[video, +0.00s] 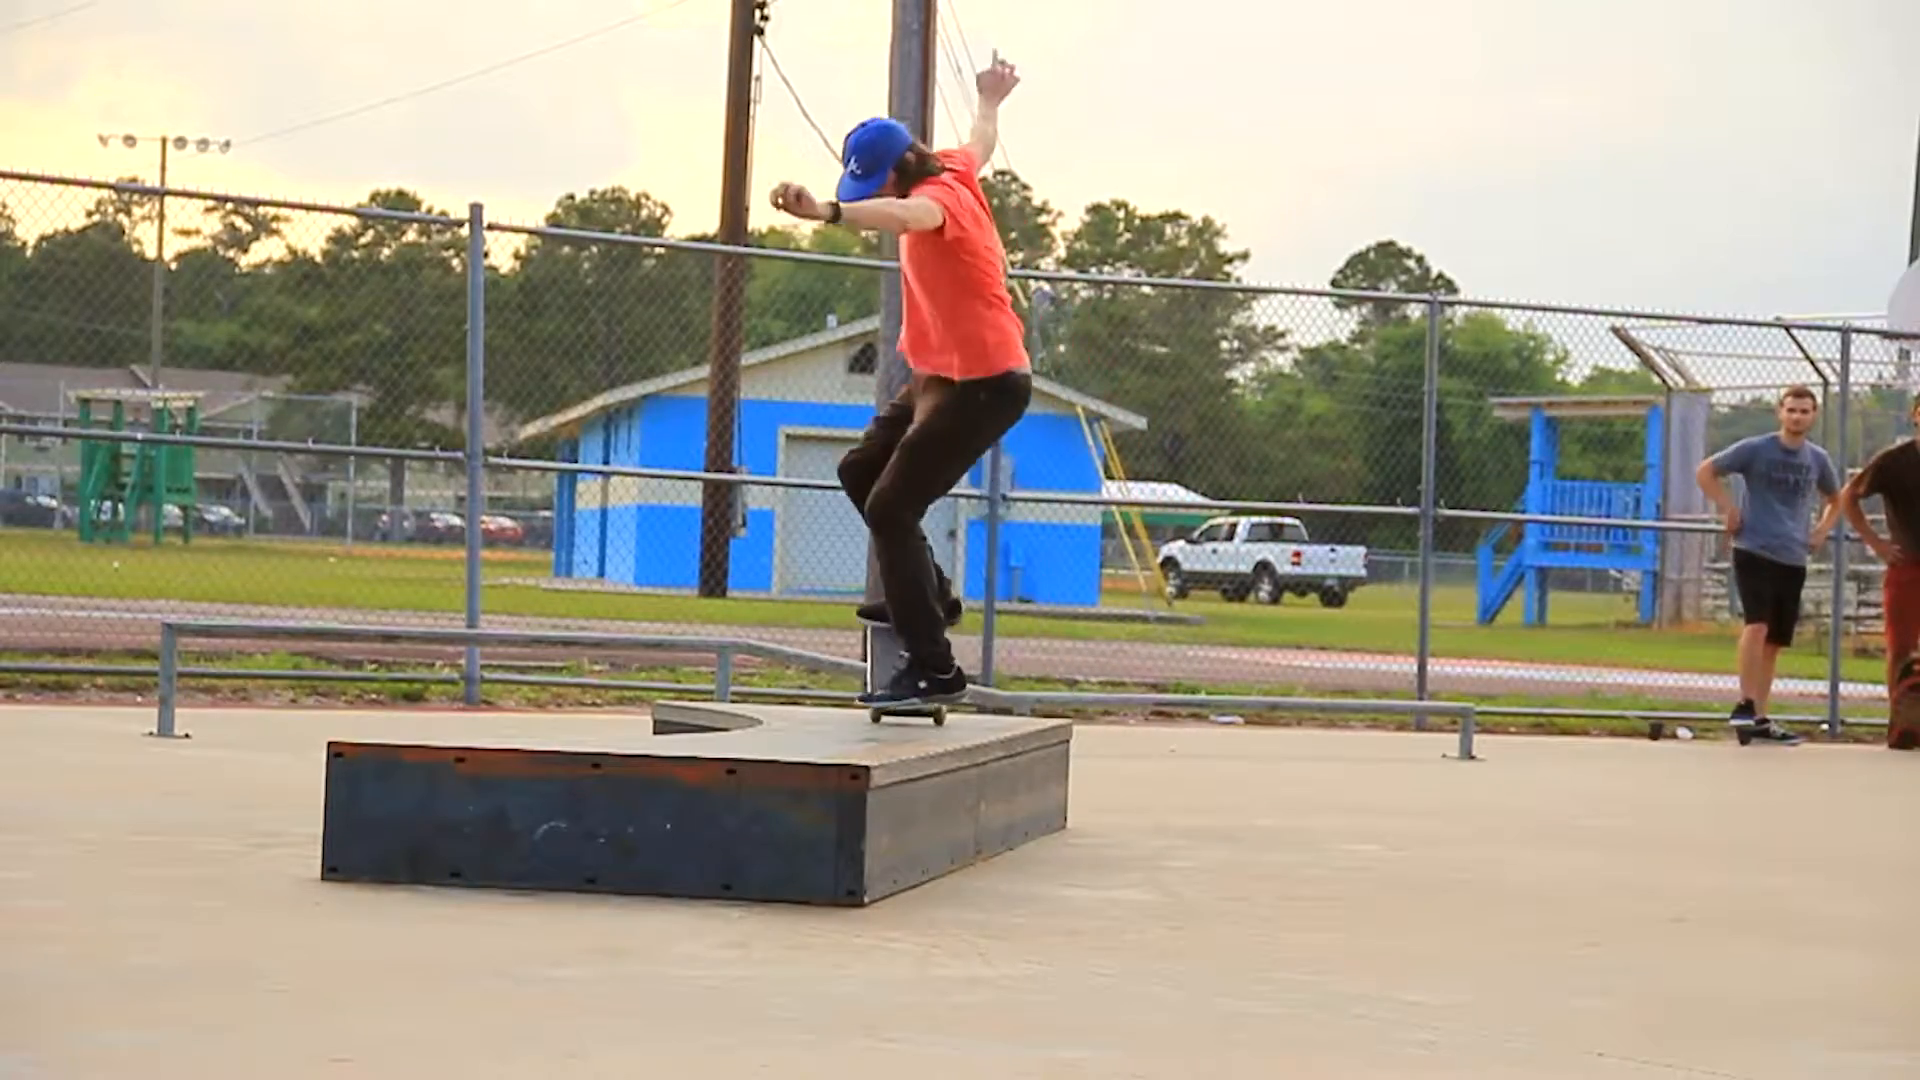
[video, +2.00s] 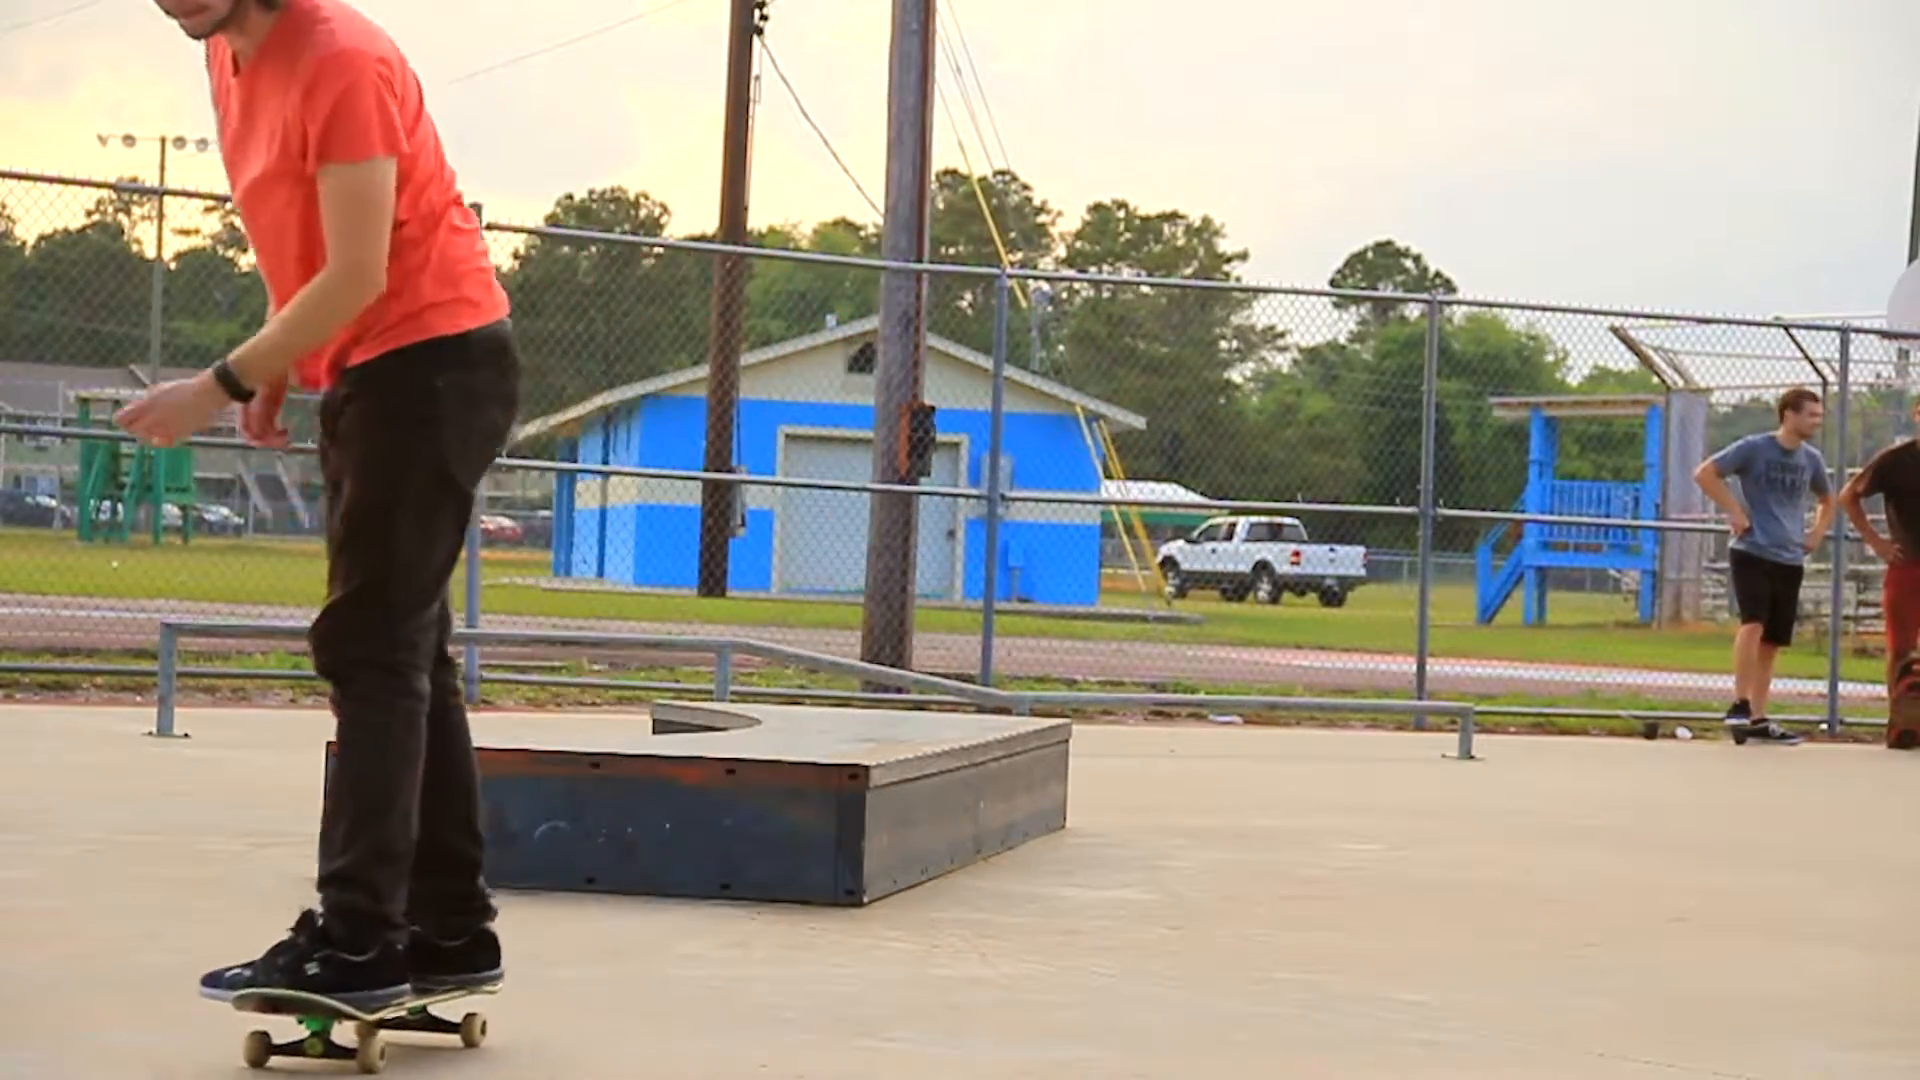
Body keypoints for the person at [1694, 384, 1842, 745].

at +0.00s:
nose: (1798, 416)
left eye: (1805, 411)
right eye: (1792, 410)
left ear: (1813, 416)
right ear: (1780, 413)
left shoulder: (1818, 459)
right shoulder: (1756, 449)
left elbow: (1835, 498)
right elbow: (1705, 472)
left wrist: (1821, 530)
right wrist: (1728, 508)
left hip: (1792, 556)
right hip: (1754, 549)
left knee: (1774, 642)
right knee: (1757, 624)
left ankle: (1760, 715)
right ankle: (1746, 705)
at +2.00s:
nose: (1817, 422)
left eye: (1819, 415)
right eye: (1812, 415)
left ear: (1816, 420)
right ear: (1788, 415)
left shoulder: (1812, 459)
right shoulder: (1755, 447)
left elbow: (1828, 500)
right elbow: (1705, 473)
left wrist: (1817, 534)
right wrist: (1735, 511)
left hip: (1789, 557)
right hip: (1752, 550)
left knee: (1772, 641)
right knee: (1753, 624)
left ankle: (1758, 717)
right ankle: (1741, 704)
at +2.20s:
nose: (1824, 422)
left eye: (1824, 416)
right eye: (1820, 415)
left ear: (1806, 419)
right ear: (1798, 417)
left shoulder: (1811, 458)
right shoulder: (1756, 447)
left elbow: (1827, 499)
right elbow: (1707, 474)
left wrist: (1817, 532)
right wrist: (1737, 513)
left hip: (1790, 557)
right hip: (1753, 551)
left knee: (1771, 641)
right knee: (1752, 624)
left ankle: (1757, 716)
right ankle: (1739, 704)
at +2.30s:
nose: (1808, 401)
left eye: (1815, 395)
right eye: (1802, 395)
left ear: (1828, 399)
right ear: (1794, 400)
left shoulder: (1848, 444)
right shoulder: (1774, 445)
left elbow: (1885, 483)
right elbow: (1761, 502)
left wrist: (1859, 515)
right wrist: (1758, 554)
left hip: (1825, 556)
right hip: (1782, 554)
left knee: (1817, 638)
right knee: (1774, 636)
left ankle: (1807, 713)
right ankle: (1770, 711)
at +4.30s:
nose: (1797, 402)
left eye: (1804, 395)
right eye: (1792, 395)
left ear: (1817, 400)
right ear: (1782, 400)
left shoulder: (1840, 443)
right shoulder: (1764, 447)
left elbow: (1883, 480)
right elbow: (1750, 504)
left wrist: (1853, 514)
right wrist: (1752, 555)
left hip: (1822, 554)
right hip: (1778, 552)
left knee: (1816, 639)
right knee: (1773, 638)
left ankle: (1807, 714)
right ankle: (1770, 712)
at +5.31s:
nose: (1807, 404)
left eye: (1814, 398)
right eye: (1801, 398)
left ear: (1824, 402)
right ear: (1791, 402)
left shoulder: (1845, 444)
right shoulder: (1769, 447)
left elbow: (1884, 480)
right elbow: (1754, 505)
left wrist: (1856, 514)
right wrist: (1754, 556)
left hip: (1826, 555)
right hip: (1781, 553)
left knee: (1817, 639)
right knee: (1775, 638)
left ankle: (1807, 714)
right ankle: (1770, 712)